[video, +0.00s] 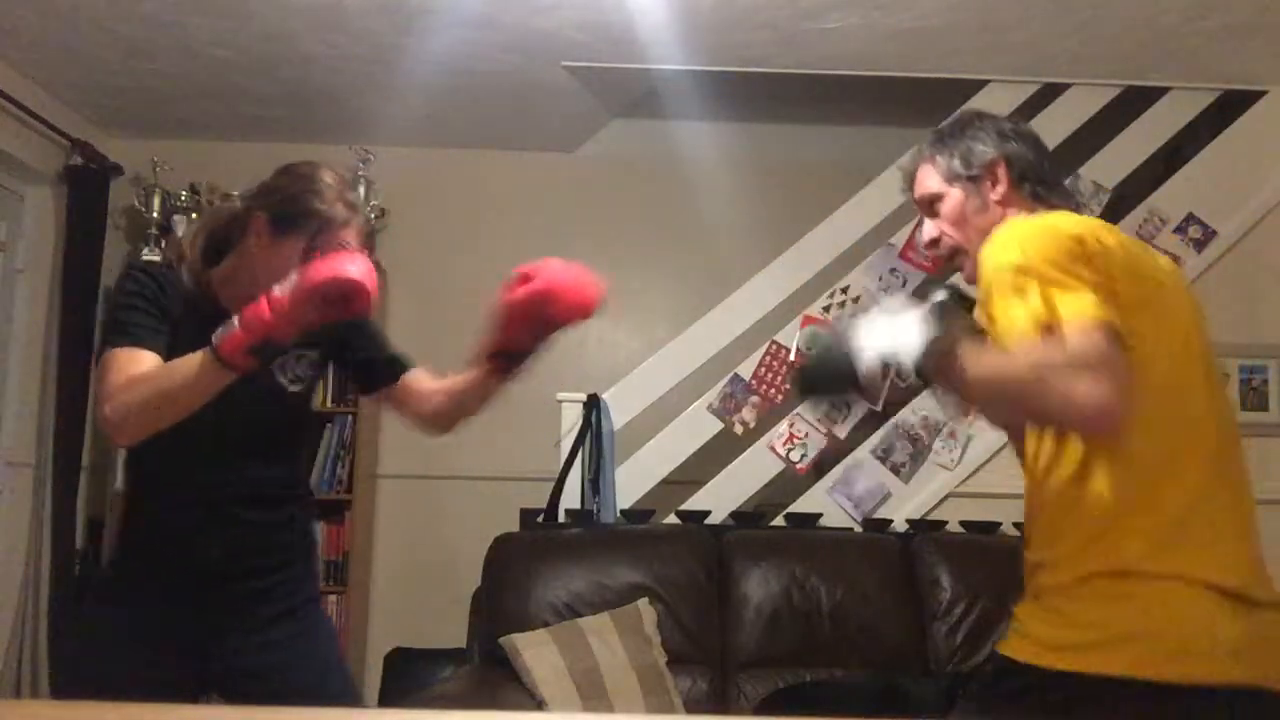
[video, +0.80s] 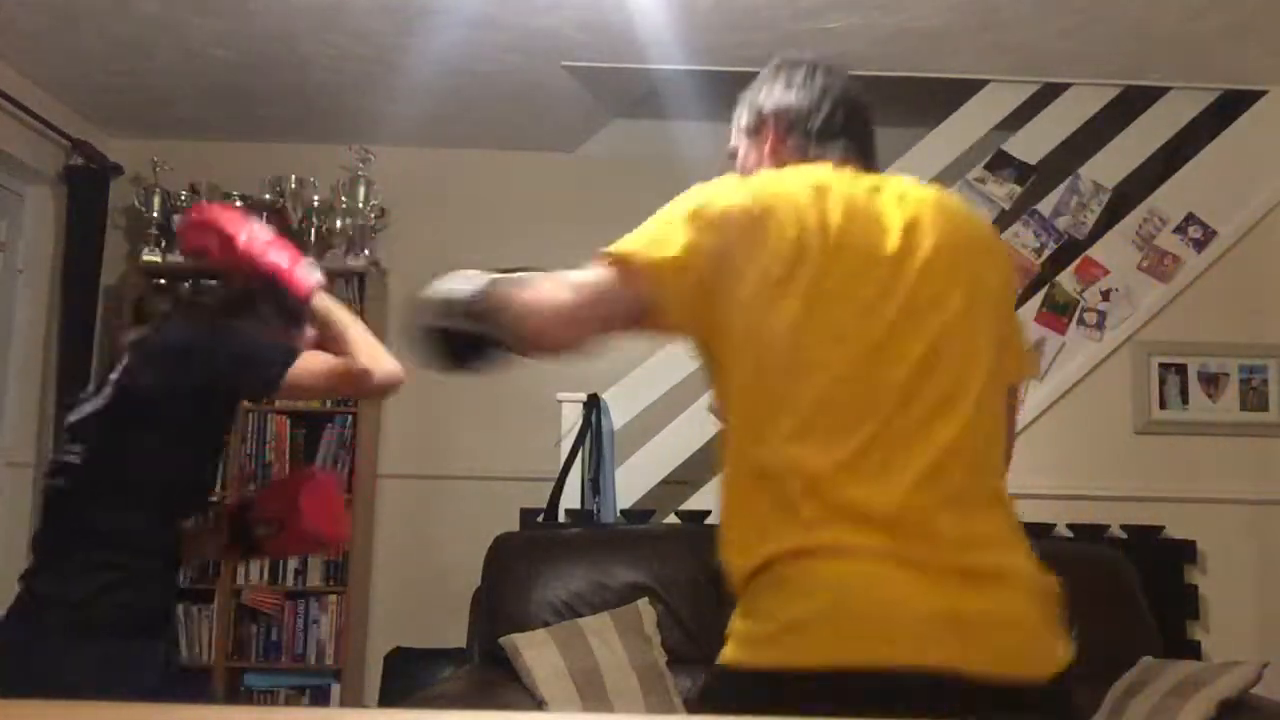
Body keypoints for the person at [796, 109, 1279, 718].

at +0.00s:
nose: (927, 236)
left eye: (934, 207)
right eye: (921, 217)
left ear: (994, 180)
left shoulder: (1027, 239)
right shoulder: (1155, 268)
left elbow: (1093, 393)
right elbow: (1060, 449)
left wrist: (937, 350)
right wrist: (964, 350)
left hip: (1107, 652)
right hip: (1237, 665)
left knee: (791, 705)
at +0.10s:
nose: (918, 243)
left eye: (924, 215)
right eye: (912, 224)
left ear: (984, 193)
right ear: (1000, 191)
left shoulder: (1012, 255)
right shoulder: (1137, 278)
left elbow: (964, 394)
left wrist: (837, 330)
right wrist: (933, 314)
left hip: (1085, 671)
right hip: (1224, 680)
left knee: (794, 704)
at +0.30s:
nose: (830, 228)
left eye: (833, 208)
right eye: (829, 211)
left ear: (878, 195)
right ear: (946, 197)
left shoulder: (871, 262)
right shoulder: (1062, 270)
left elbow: (682, 341)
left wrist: (566, 292)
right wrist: (891, 488)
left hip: (952, 667)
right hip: (1124, 677)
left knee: (768, 701)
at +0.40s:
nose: (796, 224)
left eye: (799, 205)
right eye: (794, 209)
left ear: (845, 185)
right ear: (908, 185)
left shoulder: (826, 258)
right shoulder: (1036, 268)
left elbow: (601, 307)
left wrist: (431, 269)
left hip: (921, 655)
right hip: (1098, 665)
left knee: (761, 699)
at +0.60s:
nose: (724, 233)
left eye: (726, 215)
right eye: (725, 217)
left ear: (765, 199)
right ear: (850, 205)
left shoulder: (728, 281)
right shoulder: (971, 292)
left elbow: (496, 320)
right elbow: (1002, 494)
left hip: (798, 679)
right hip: (987, 681)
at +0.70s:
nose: (718, 222)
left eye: (719, 205)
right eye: (721, 207)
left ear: (749, 190)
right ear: (848, 196)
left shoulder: (706, 264)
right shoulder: (959, 291)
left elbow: (481, 297)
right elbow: (984, 505)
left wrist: (346, 259)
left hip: (782, 680)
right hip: (974, 681)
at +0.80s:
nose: (732, 171)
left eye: (732, 153)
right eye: (730, 156)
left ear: (768, 138)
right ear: (861, 147)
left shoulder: (733, 213)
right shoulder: (976, 235)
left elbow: (553, 319)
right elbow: (1002, 415)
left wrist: (477, 297)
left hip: (808, 655)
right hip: (1005, 659)